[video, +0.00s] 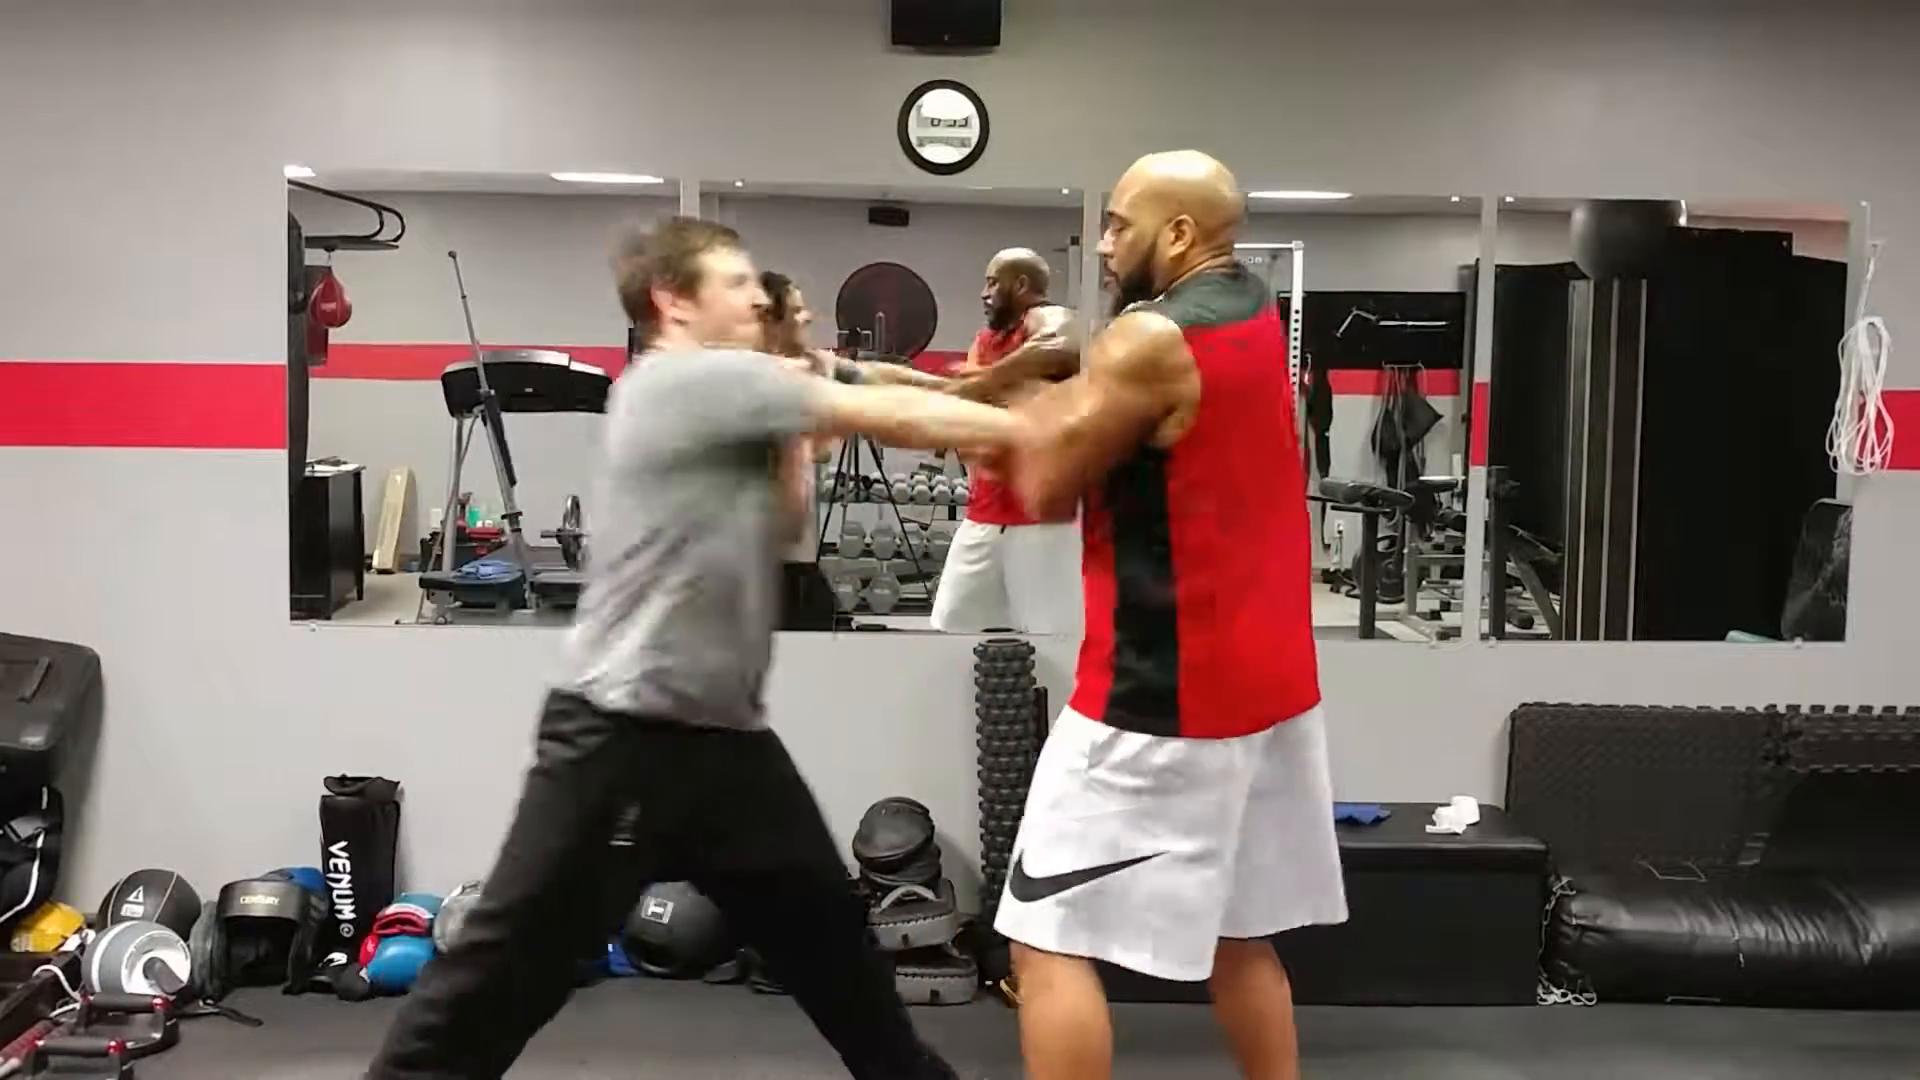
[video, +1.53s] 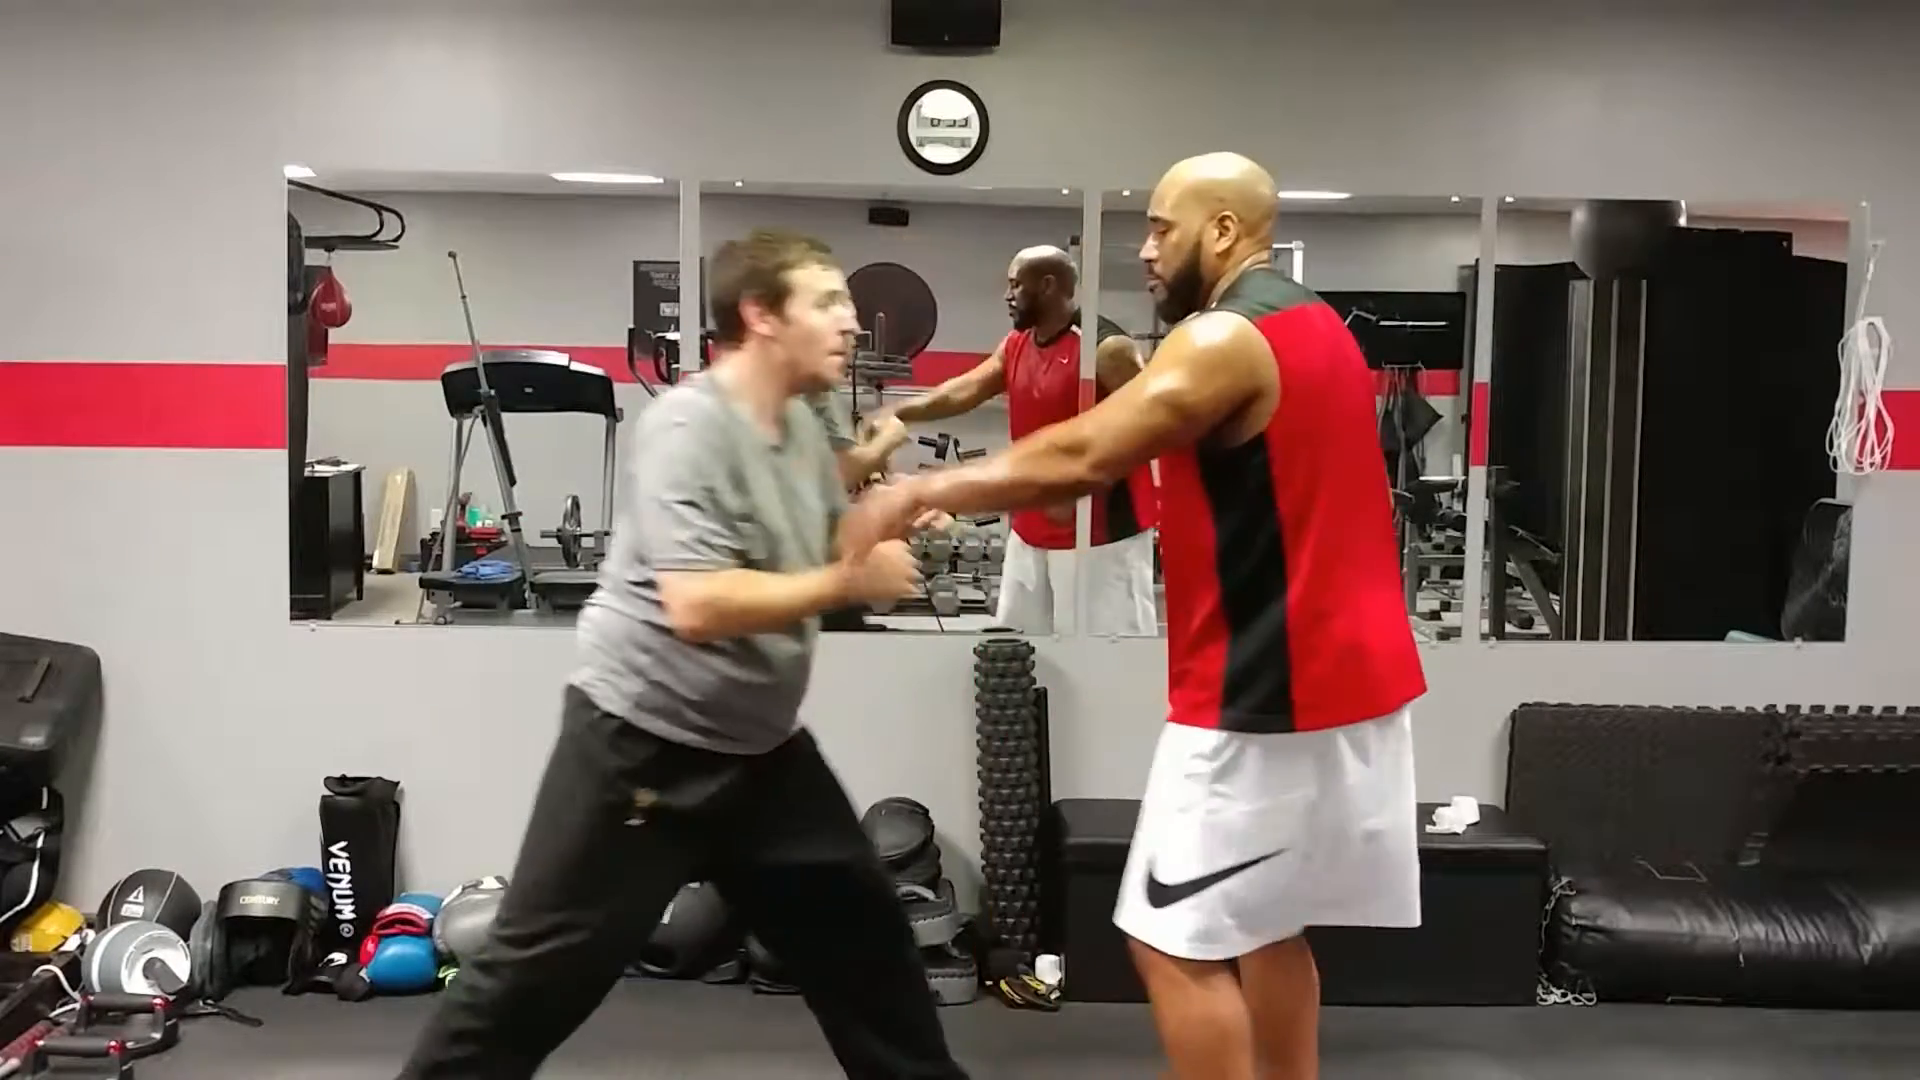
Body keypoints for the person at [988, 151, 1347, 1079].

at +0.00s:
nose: (1105, 245)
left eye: (1119, 227)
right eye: (1109, 225)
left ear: (1179, 235)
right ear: (1201, 237)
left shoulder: (1150, 340)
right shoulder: (1251, 312)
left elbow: (1046, 485)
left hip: (1153, 692)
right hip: (1265, 685)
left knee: (1045, 937)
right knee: (1237, 934)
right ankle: (1278, 1078)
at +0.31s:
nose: (994, 308)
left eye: (1004, 287)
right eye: (996, 287)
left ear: (1055, 290)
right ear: (1094, 290)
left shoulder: (1075, 405)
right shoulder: (1151, 374)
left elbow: (1025, 586)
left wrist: (972, 572)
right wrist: (993, 407)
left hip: (1106, 732)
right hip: (1221, 718)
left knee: (942, 965)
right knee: (1201, 983)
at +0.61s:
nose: (1013, 288)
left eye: (1023, 272)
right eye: (1016, 272)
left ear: (1067, 275)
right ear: (1127, 280)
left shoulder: (1023, 359)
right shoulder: (1212, 388)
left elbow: (853, 396)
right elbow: (1285, 533)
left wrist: (796, 353)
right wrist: (1166, 550)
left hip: (1060, 728)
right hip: (1204, 722)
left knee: (915, 963)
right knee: (1178, 938)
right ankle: (1256, 1079)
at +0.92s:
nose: (1018, 289)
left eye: (1027, 273)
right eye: (1021, 273)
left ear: (1069, 273)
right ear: (1134, 279)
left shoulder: (1021, 374)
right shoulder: (1231, 393)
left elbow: (855, 420)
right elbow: (1327, 530)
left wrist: (825, 354)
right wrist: (1194, 537)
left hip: (1052, 738)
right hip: (1201, 733)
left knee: (919, 964)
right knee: (1185, 949)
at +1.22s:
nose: (1100, 268)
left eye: (1110, 249)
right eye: (1101, 250)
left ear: (1163, 247)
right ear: (1201, 253)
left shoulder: (1130, 355)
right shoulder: (1298, 359)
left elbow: (963, 433)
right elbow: (1378, 506)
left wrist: (841, 389)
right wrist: (1270, 549)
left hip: (1165, 699)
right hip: (1299, 694)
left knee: (1014, 937)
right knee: (1222, 925)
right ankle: (1276, 1075)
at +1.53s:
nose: (1146, 252)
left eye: (1161, 230)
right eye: (1149, 231)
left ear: (1223, 233)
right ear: (1240, 238)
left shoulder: (1218, 344)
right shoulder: (1313, 327)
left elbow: (1078, 459)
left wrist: (922, 492)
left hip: (1254, 691)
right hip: (1341, 679)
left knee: (1169, 935)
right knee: (1266, 925)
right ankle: (1286, 1078)